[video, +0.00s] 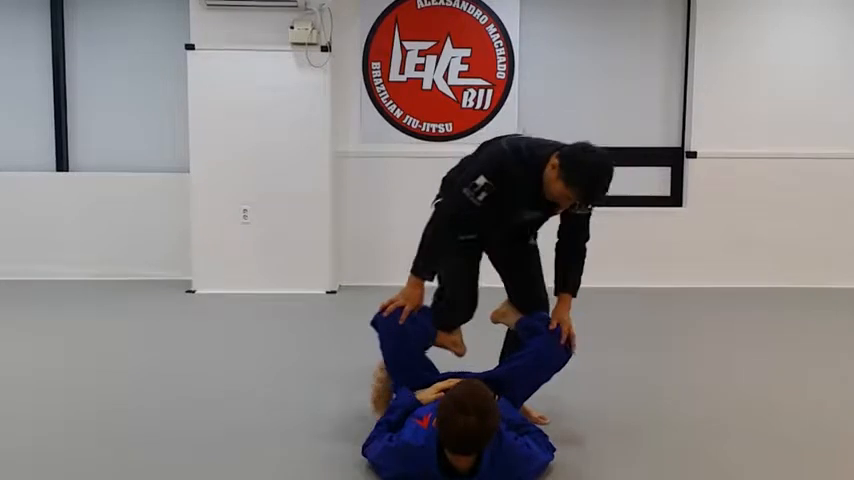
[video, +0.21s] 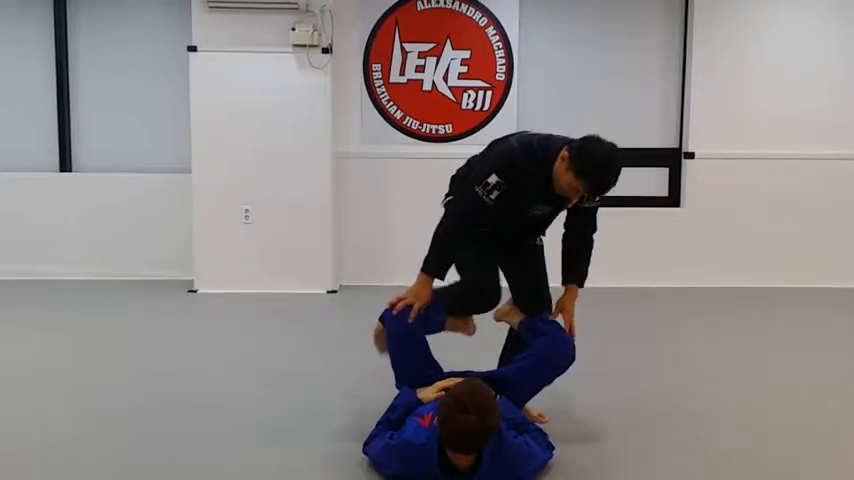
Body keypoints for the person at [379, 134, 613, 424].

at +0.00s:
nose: (566, 207)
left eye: (576, 203)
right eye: (566, 196)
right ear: (553, 167)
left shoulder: (581, 183)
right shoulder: (501, 160)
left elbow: (573, 239)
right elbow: (446, 215)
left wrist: (564, 304)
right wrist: (416, 283)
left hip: (513, 229)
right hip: (464, 221)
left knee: (534, 311)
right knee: (458, 308)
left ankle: (509, 398)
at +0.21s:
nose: (575, 198)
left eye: (584, 194)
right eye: (574, 187)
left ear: (595, 189)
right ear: (563, 160)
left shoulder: (587, 180)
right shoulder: (513, 156)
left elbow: (580, 233)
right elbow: (458, 213)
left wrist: (571, 292)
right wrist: (425, 281)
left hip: (520, 231)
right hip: (472, 220)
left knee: (535, 311)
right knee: (483, 295)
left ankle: (508, 398)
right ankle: (403, 318)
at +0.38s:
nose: (577, 193)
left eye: (586, 189)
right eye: (576, 182)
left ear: (598, 183)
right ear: (566, 154)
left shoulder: (588, 175)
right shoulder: (517, 153)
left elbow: (584, 228)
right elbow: (462, 211)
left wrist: (575, 286)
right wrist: (430, 279)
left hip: (526, 234)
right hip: (478, 223)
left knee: (538, 316)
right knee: (502, 295)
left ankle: (510, 399)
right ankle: (431, 291)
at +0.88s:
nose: (581, 186)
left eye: (589, 181)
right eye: (580, 175)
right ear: (568, 147)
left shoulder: (583, 171)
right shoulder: (517, 154)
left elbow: (576, 220)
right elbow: (464, 212)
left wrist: (557, 273)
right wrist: (433, 282)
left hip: (522, 237)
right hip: (478, 230)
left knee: (542, 311)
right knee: (519, 305)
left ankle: (508, 396)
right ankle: (458, 320)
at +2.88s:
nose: (582, 163)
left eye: (591, 159)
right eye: (582, 152)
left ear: (601, 155)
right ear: (567, 127)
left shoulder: (577, 163)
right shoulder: (513, 141)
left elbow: (576, 214)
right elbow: (461, 197)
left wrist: (575, 270)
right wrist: (438, 269)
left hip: (517, 240)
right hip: (473, 234)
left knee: (542, 314)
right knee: (511, 299)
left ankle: (505, 395)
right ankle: (435, 282)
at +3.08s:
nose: (595, 152)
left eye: (603, 147)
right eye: (591, 141)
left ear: (608, 147)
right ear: (568, 125)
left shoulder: (577, 166)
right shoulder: (516, 145)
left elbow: (575, 218)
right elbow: (463, 202)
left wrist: (577, 275)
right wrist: (443, 274)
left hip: (517, 242)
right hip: (474, 236)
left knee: (546, 316)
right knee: (509, 310)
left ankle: (506, 398)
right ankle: (431, 287)